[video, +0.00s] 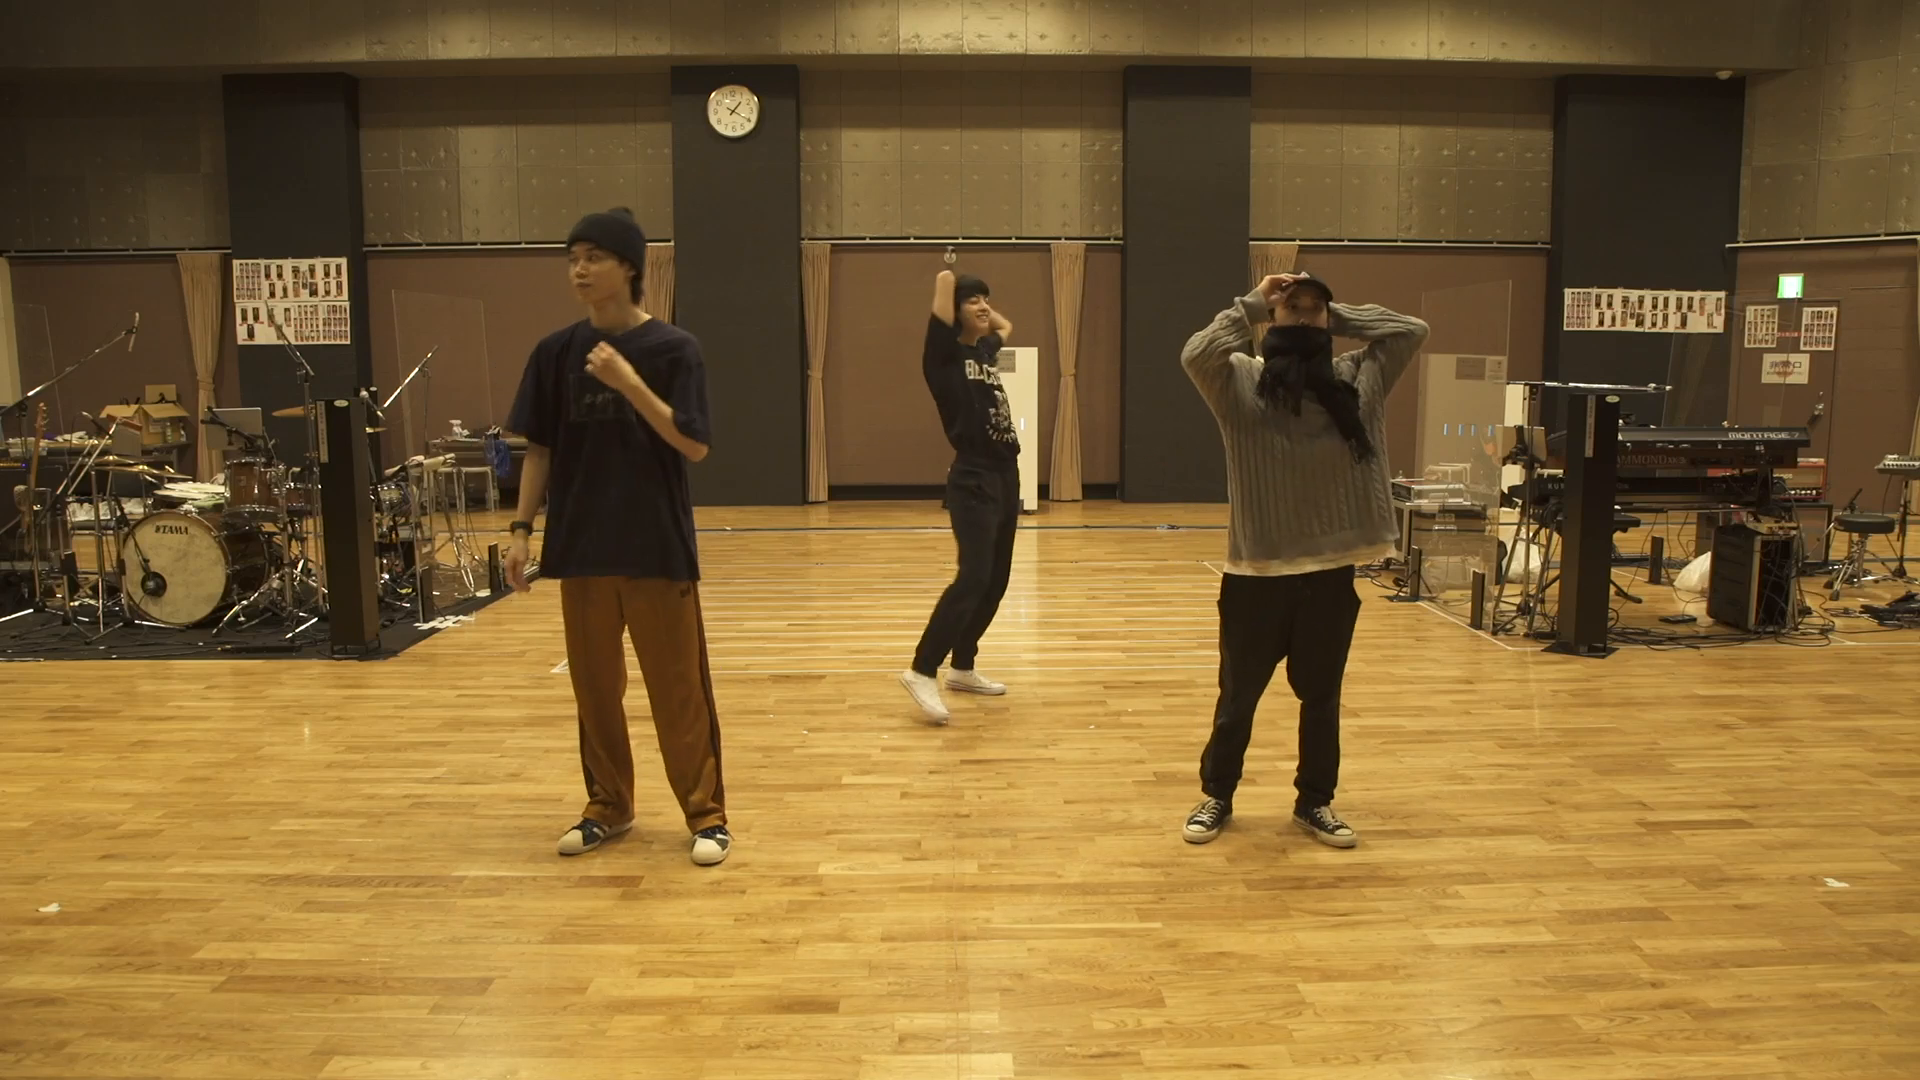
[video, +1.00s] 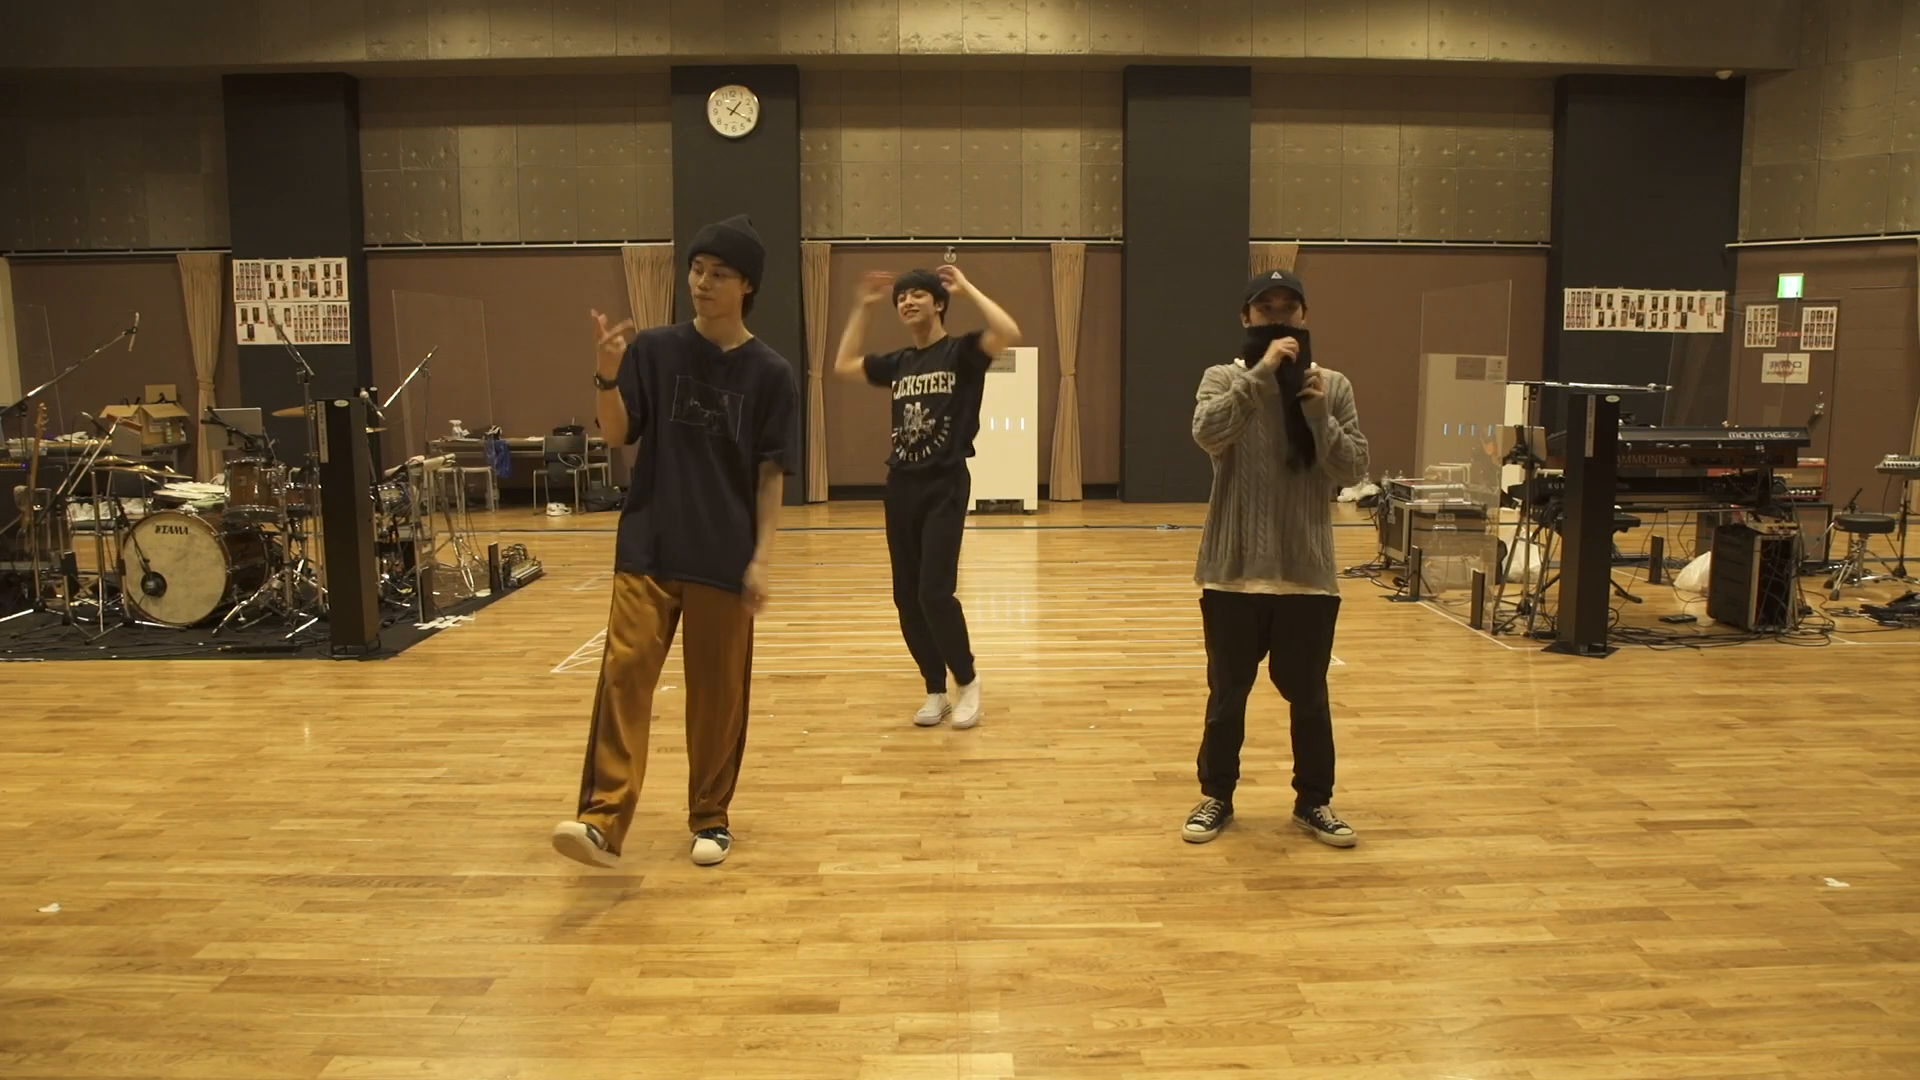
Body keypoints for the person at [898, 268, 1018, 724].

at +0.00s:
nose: (984, 310)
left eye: (985, 304)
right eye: (975, 304)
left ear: (987, 312)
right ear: (955, 314)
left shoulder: (983, 354)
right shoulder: (943, 355)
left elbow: (1004, 331)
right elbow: (943, 286)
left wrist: (986, 316)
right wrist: (950, 279)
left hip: (1005, 480)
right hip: (973, 480)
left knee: (996, 580)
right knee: (973, 578)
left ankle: (961, 668)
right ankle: (921, 672)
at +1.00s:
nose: (908, 301)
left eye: (918, 294)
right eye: (902, 297)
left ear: (940, 303)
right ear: (897, 310)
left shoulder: (964, 350)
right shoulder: (898, 362)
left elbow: (1009, 335)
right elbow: (844, 366)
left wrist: (967, 287)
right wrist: (864, 305)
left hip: (945, 486)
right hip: (902, 488)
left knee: (935, 592)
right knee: (908, 595)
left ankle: (966, 683)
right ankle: (936, 691)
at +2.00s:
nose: (978, 320)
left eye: (991, 321)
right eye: (978, 308)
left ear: (1001, 332)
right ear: (965, 302)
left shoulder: (1006, 380)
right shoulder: (914, 361)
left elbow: (1031, 437)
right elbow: (872, 411)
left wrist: (1014, 482)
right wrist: (851, 465)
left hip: (972, 509)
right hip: (917, 504)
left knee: (974, 613)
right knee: (907, 606)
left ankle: (969, 718)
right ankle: (914, 687)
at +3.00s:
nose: (930, 350)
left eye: (939, 343)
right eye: (925, 340)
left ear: (952, 340)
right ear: (911, 331)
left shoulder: (969, 380)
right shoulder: (885, 379)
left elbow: (978, 445)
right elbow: (875, 447)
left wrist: (965, 503)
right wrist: (883, 503)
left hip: (951, 507)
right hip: (899, 508)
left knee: (961, 606)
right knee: (906, 603)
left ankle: (971, 705)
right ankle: (926, 688)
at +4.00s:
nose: (901, 320)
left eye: (909, 312)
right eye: (894, 312)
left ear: (924, 315)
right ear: (881, 316)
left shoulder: (949, 363)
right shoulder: (869, 364)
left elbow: (973, 424)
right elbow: (873, 398)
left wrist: (969, 476)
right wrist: (888, 334)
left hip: (952, 490)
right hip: (901, 496)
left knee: (985, 583)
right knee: (910, 593)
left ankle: (1016, 676)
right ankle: (919, 685)